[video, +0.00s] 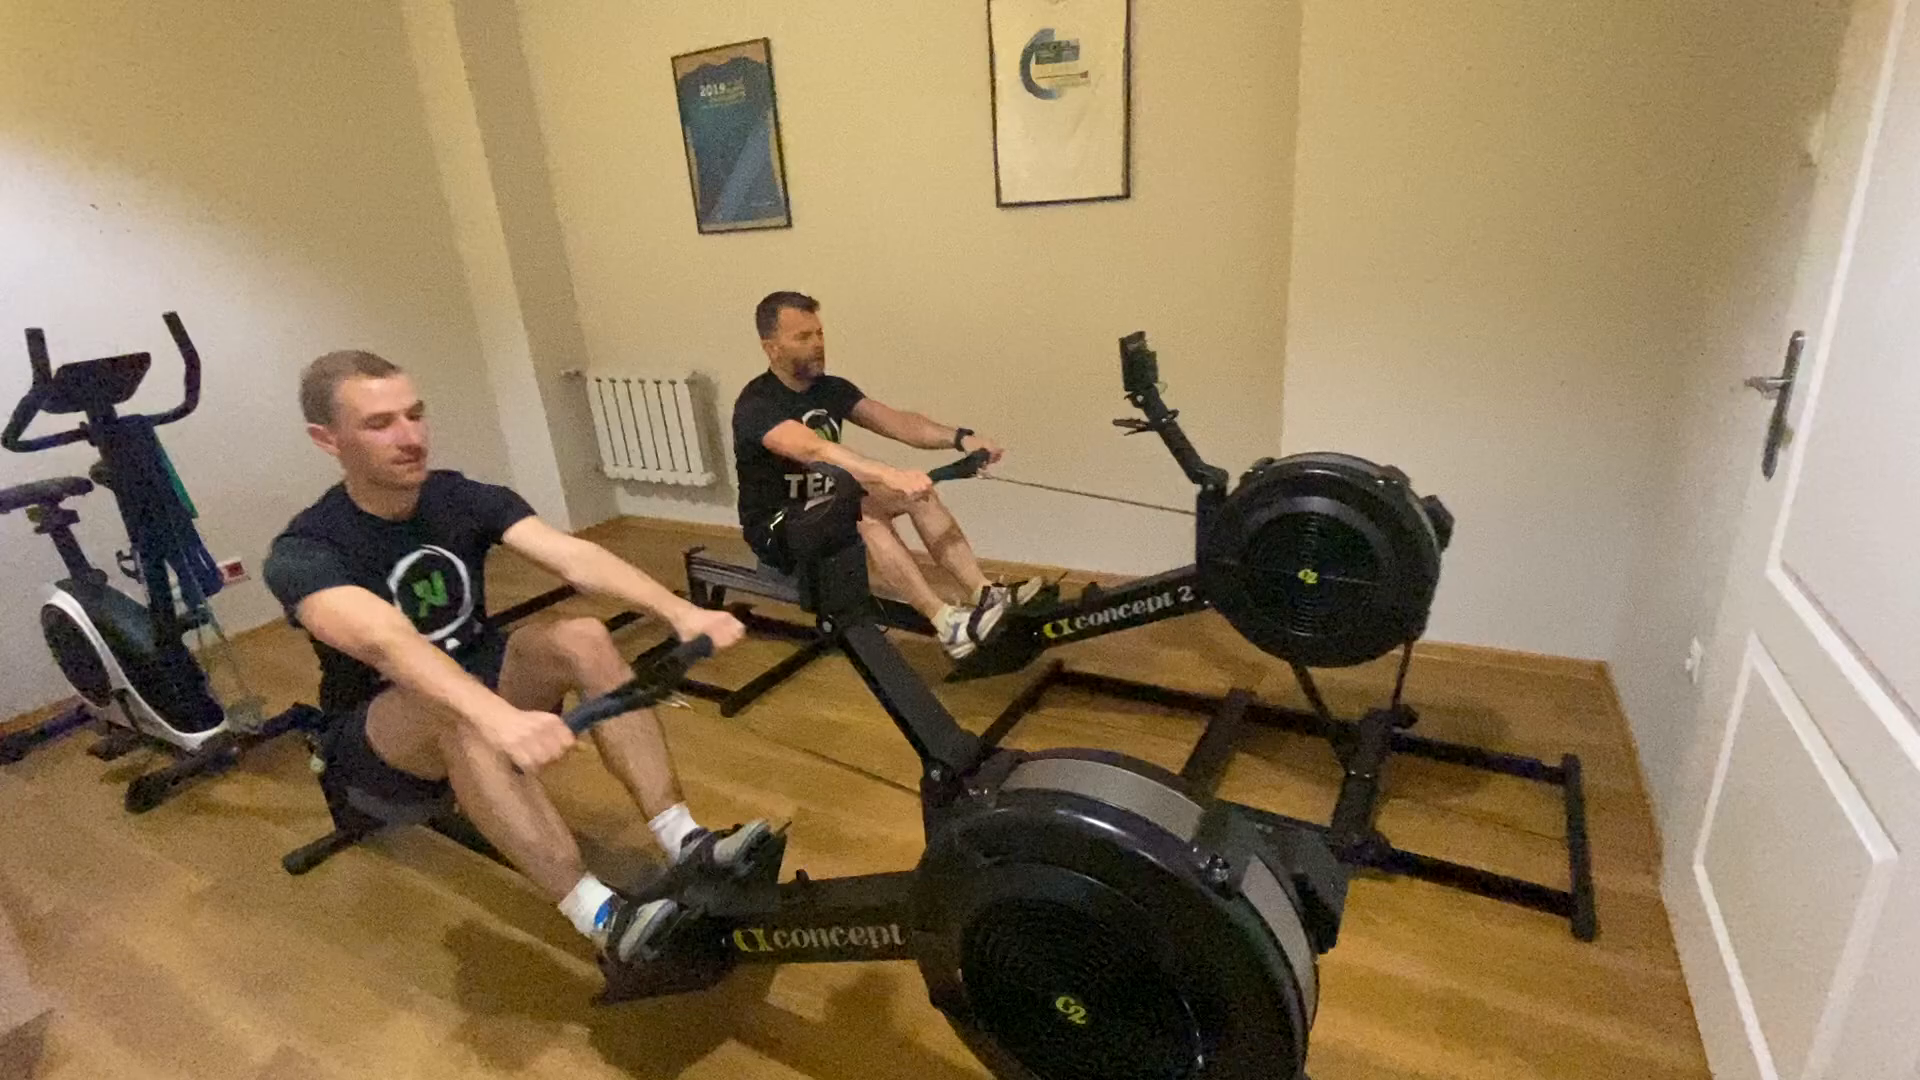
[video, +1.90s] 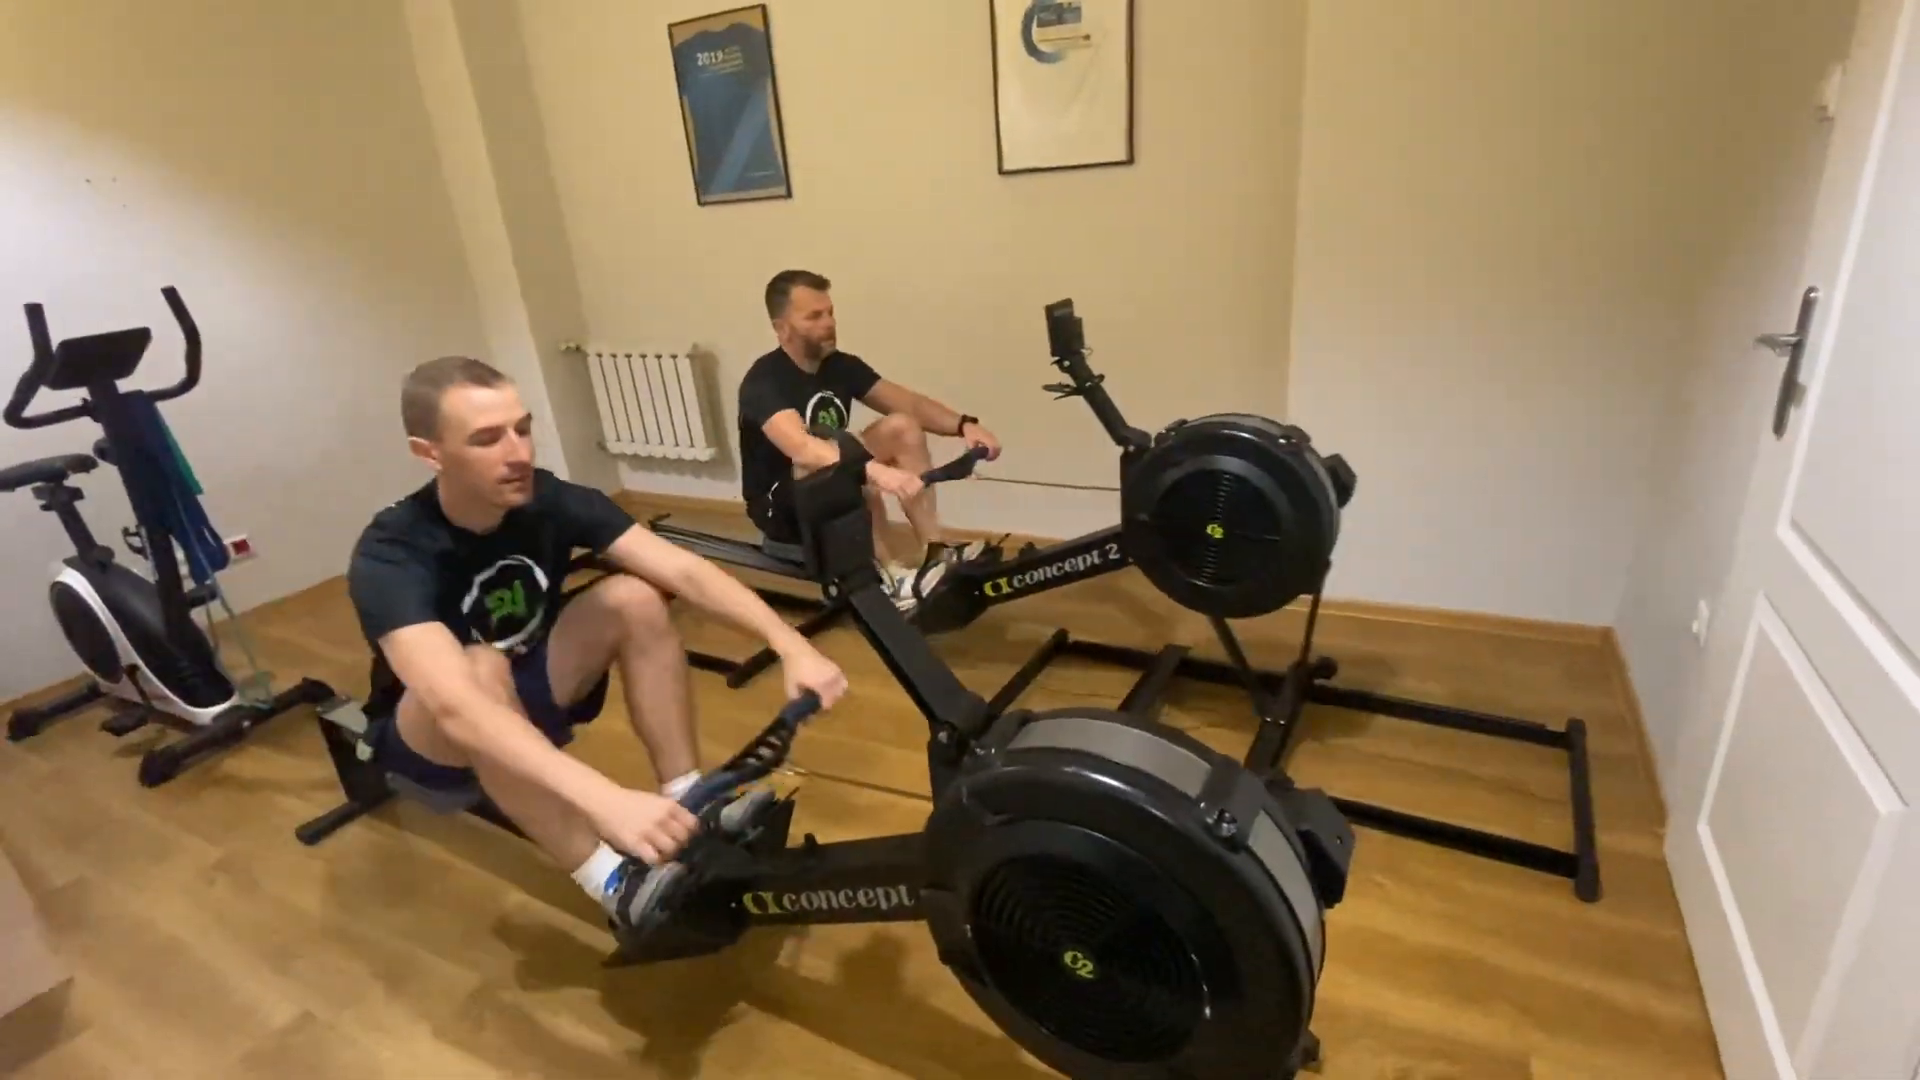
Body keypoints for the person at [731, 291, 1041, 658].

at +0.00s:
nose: (819, 344)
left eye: (820, 334)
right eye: (804, 338)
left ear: (823, 331)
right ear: (772, 348)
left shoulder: (829, 388)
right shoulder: (755, 405)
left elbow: (894, 422)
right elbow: (816, 452)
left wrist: (960, 438)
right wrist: (889, 474)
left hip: (835, 505)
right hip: (781, 527)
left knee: (917, 491)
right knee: (865, 524)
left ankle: (985, 595)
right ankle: (947, 623)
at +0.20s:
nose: (780, 339)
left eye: (782, 328)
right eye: (767, 332)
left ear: (786, 327)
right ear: (735, 340)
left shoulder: (797, 381)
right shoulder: (724, 398)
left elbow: (853, 418)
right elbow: (756, 457)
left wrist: (908, 425)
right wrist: (832, 462)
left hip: (834, 501)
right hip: (783, 524)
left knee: (920, 514)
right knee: (881, 538)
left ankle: (1020, 599)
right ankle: (985, 629)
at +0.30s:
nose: (764, 346)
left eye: (764, 336)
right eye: (751, 340)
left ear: (764, 336)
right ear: (718, 346)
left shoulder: (781, 387)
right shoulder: (707, 404)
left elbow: (836, 428)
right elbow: (715, 472)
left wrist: (872, 425)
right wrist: (775, 465)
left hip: (845, 501)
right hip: (796, 527)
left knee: (923, 537)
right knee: (891, 557)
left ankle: (1037, 602)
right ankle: (1001, 633)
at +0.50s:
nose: (753, 360)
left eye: (754, 349)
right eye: (740, 352)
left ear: (752, 348)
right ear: (706, 358)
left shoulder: (761, 397)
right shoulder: (690, 424)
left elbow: (788, 447)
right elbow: (673, 502)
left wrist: (814, 424)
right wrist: (710, 465)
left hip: (847, 501)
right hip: (806, 533)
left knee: (931, 546)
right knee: (900, 571)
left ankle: (1047, 601)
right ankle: (1017, 635)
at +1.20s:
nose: (782, 328)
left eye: (783, 317)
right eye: (769, 321)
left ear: (785, 317)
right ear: (737, 329)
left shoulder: (792, 372)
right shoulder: (717, 390)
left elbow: (835, 420)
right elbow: (709, 472)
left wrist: (872, 419)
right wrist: (771, 456)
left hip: (834, 494)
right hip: (786, 518)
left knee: (913, 504)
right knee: (879, 530)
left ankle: (1016, 583)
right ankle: (984, 613)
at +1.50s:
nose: (798, 327)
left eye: (798, 317)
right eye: (785, 320)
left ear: (800, 316)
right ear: (751, 329)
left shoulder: (809, 370)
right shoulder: (733, 388)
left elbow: (867, 412)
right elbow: (746, 467)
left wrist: (913, 420)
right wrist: (816, 468)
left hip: (836, 490)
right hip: (785, 511)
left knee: (915, 475)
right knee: (873, 491)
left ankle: (988, 573)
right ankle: (953, 601)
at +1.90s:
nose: (830, 324)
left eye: (830, 313)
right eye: (815, 317)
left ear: (834, 309)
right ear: (783, 328)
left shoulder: (840, 366)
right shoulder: (762, 382)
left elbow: (909, 405)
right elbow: (804, 450)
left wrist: (966, 425)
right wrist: (874, 471)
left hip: (832, 483)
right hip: (780, 507)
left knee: (902, 429)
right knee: (855, 482)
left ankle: (937, 552)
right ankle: (891, 575)